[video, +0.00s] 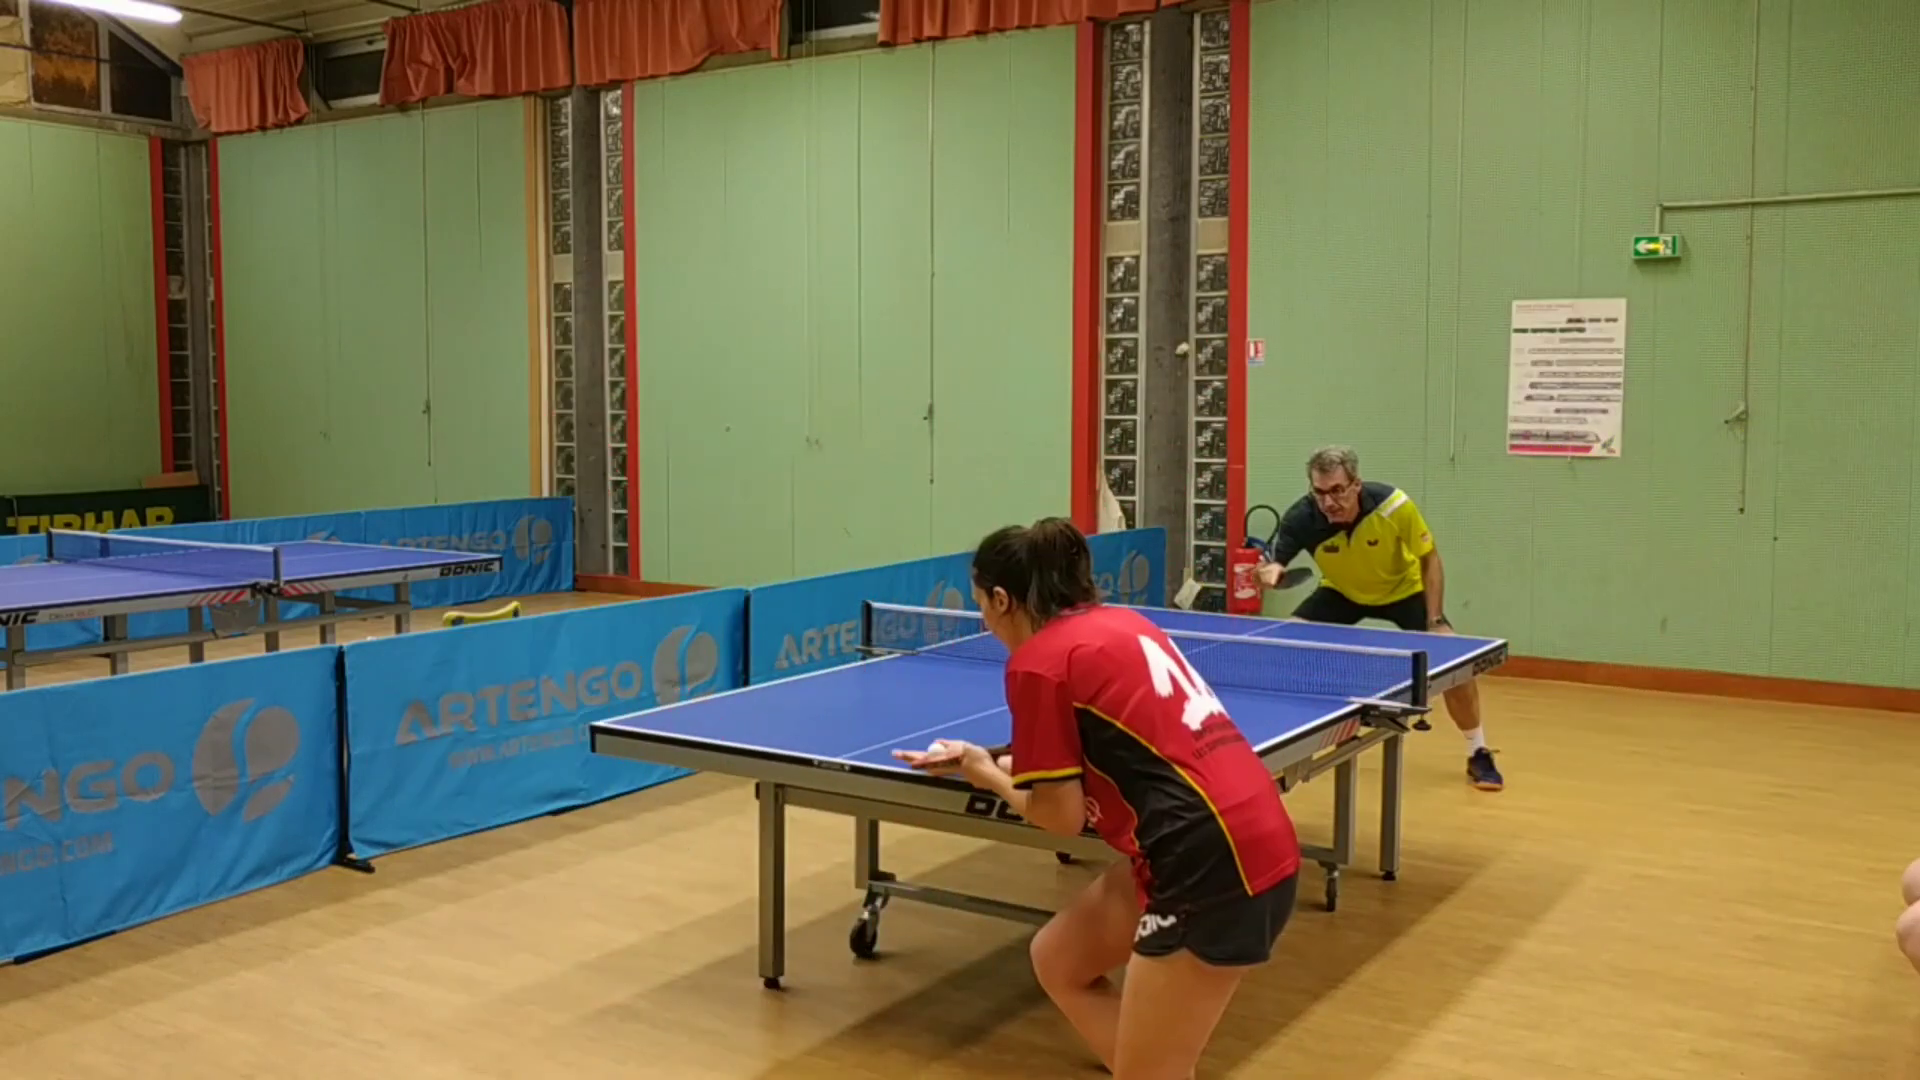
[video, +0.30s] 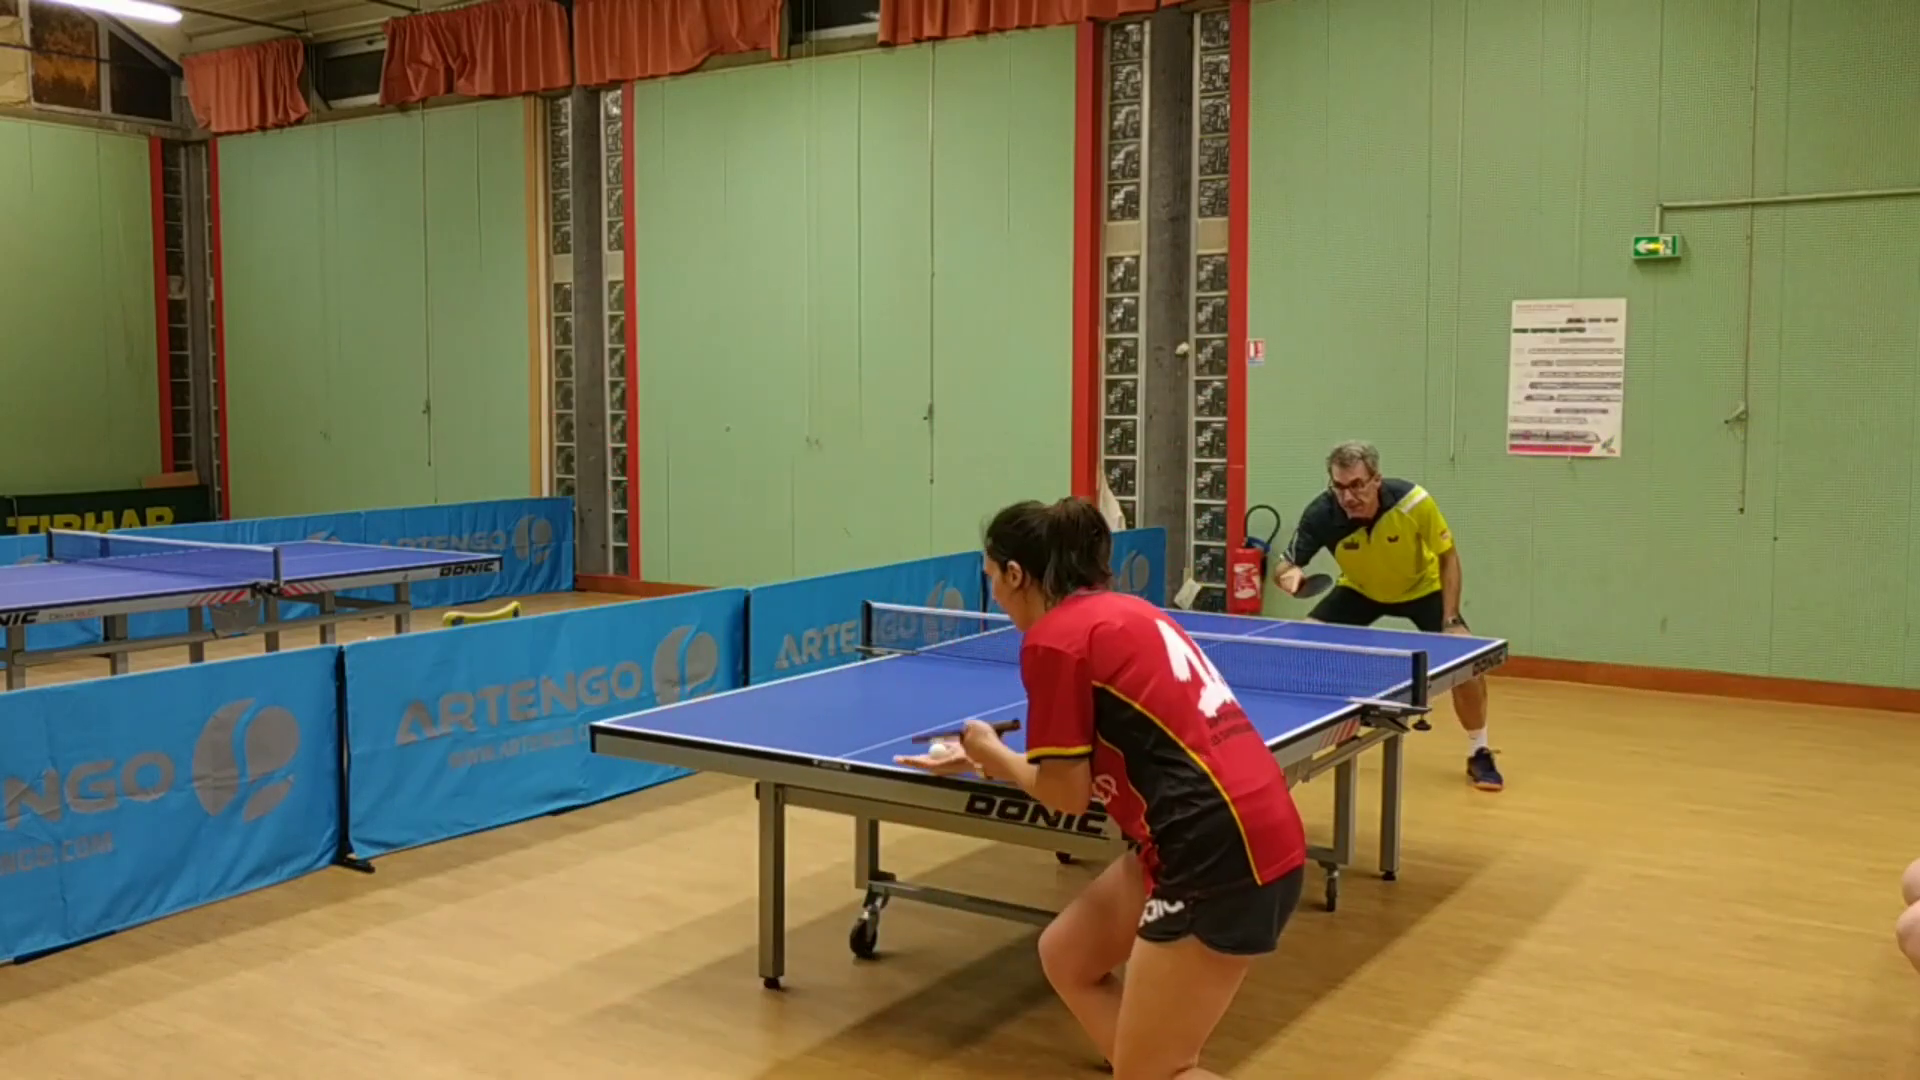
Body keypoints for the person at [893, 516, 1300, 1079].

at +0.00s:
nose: (984, 621)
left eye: (981, 605)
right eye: (980, 606)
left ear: (1003, 600)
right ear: (1066, 581)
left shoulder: (1039, 661)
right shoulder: (1125, 622)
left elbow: (1061, 817)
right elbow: (1112, 762)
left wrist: (991, 777)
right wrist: (986, 759)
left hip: (1213, 870)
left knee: (1147, 1070)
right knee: (1058, 960)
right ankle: (1144, 1068)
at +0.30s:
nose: (991, 591)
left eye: (991, 575)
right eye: (989, 576)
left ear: (1017, 575)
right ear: (1073, 564)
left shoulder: (1056, 638)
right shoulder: (1130, 611)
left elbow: (1067, 797)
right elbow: (1116, 759)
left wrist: (989, 752)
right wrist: (984, 761)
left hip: (1222, 859)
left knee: (1151, 1067)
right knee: (1067, 955)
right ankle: (1147, 1069)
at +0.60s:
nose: (1023, 523)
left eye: (1024, 506)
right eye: (1022, 507)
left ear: (1052, 512)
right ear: (1104, 504)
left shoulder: (1094, 587)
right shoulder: (1158, 562)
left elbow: (1084, 742)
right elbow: (1114, 694)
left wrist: (1010, 683)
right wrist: (995, 669)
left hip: (1245, 828)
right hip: (1209, 810)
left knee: (1168, 1054)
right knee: (1093, 941)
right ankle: (1154, 1069)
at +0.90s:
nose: (1076, 433)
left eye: (1082, 418)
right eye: (1078, 417)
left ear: (1113, 432)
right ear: (1154, 430)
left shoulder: (1157, 516)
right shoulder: (1225, 495)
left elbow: (1133, 671)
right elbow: (1177, 581)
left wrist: (1003, 675)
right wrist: (1064, 541)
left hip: (1284, 782)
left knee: (1261, 1025)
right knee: (1163, 930)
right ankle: (1186, 1075)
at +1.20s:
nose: (1068, 444)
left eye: (1072, 426)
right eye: (1067, 426)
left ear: (1108, 428)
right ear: (1130, 424)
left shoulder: (1156, 499)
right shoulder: (1228, 476)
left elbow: (1154, 622)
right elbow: (1238, 555)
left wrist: (1003, 622)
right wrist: (1131, 532)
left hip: (1296, 765)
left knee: (1290, 1026)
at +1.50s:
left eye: (1037, 410)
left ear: (1039, 418)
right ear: (1117, 409)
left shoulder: (1034, 498)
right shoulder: (1159, 476)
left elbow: (1005, 621)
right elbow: (1197, 596)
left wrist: (988, 741)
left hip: (1170, 768)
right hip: (1243, 746)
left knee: (1175, 1006)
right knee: (1172, 985)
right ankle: (1176, 1067)